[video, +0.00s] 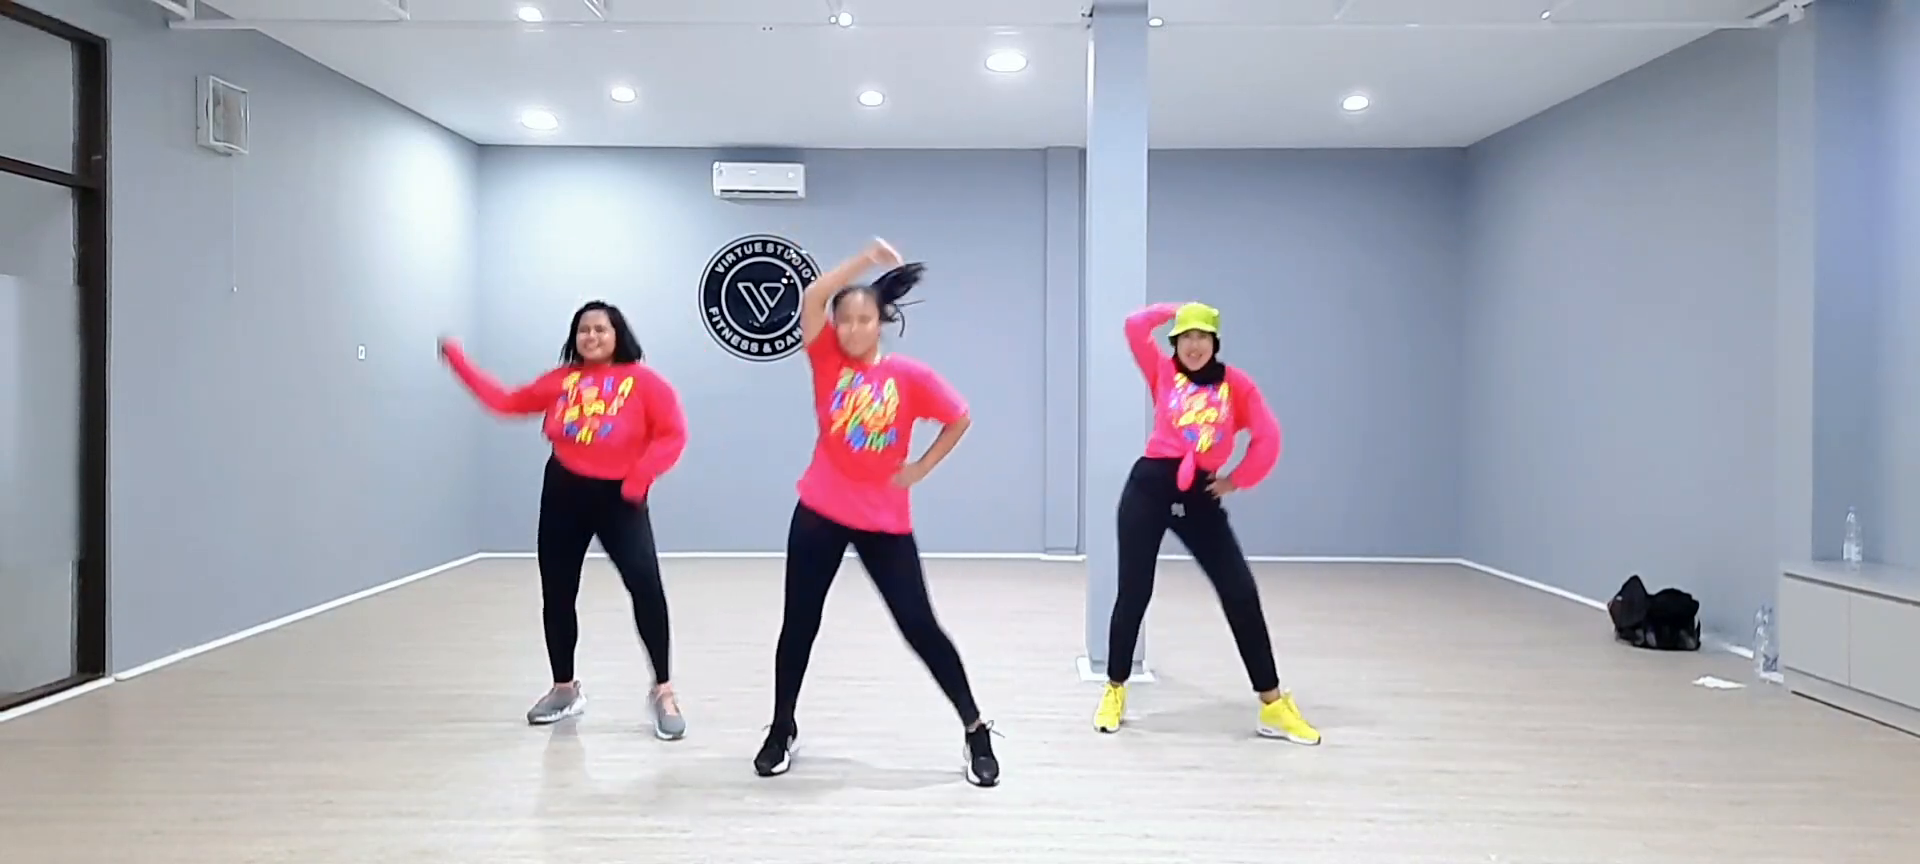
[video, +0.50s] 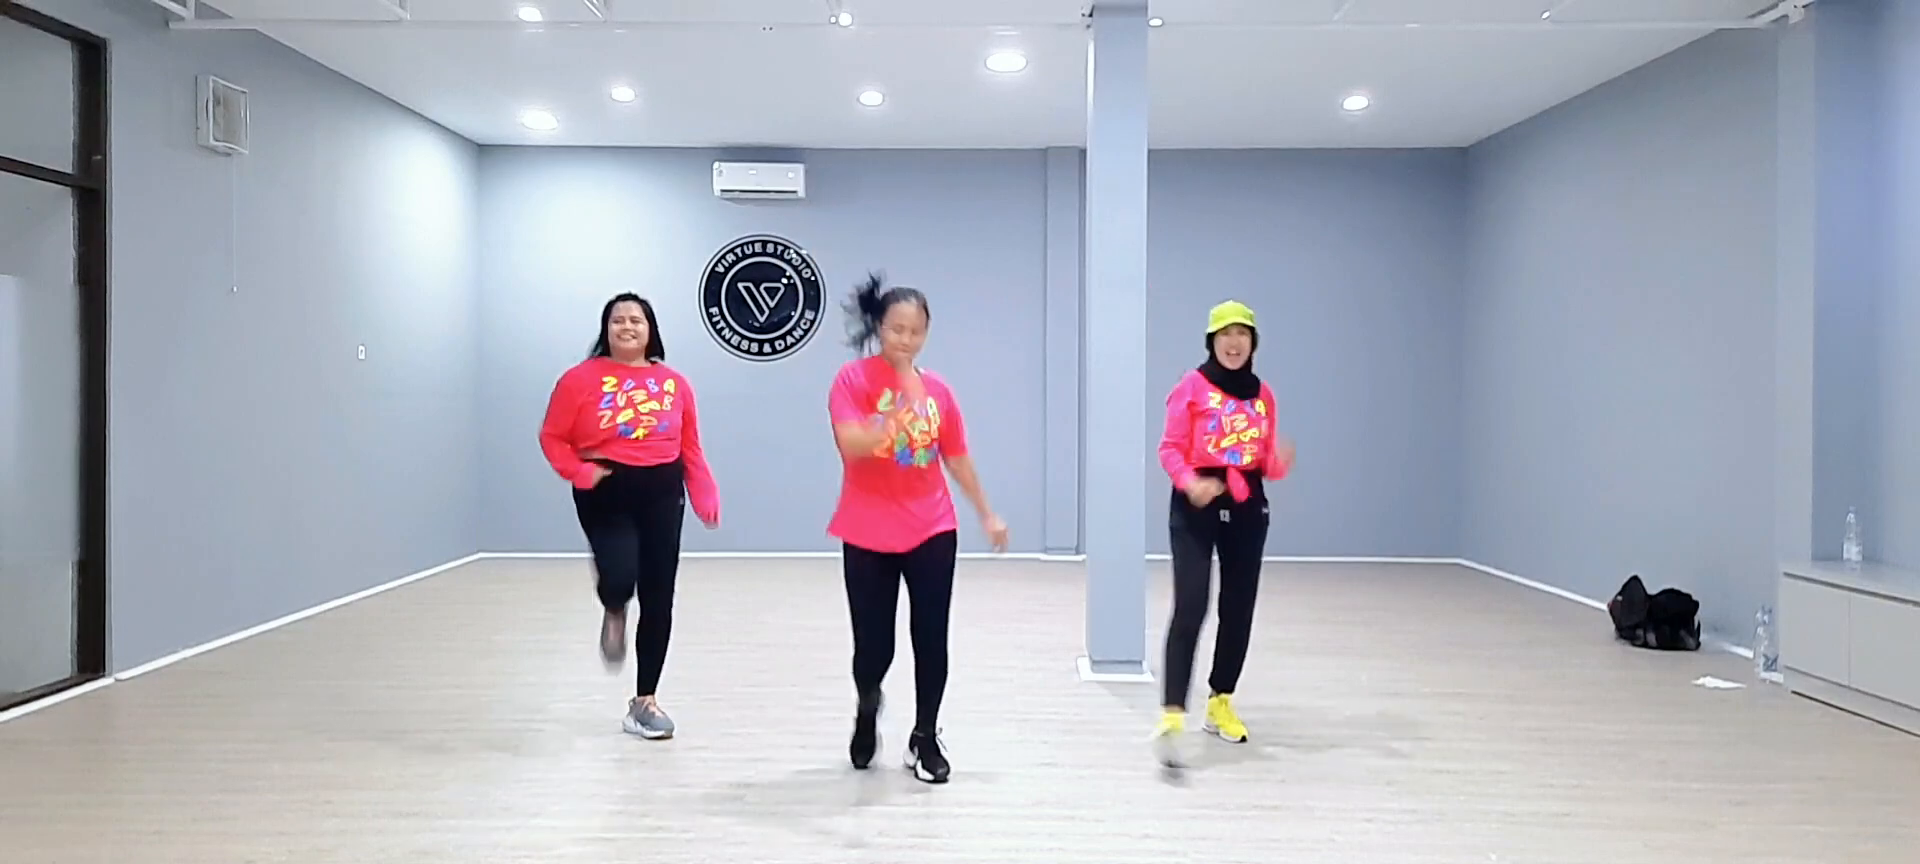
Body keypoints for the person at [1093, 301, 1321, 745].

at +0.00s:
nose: (1193, 346)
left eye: (1201, 338)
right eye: (1186, 339)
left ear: (1215, 343)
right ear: (1174, 344)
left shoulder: (1236, 385)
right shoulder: (1163, 375)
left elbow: (1268, 437)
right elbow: (1134, 325)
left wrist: (1235, 480)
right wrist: (1175, 311)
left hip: (1200, 497)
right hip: (1149, 489)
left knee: (1241, 594)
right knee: (1134, 591)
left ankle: (1272, 703)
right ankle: (1114, 691)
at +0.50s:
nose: (1235, 343)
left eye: (1243, 335)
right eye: (1227, 335)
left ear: (1253, 342)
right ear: (1212, 341)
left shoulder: (1263, 396)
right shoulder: (1191, 387)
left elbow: (1268, 465)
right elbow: (1169, 449)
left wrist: (1279, 462)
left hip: (1247, 508)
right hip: (1196, 505)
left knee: (1238, 611)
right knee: (1192, 606)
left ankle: (1220, 703)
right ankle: (1173, 713)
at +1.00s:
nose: (1269, 340)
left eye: (1273, 332)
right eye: (1260, 332)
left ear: (1272, 340)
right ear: (1236, 338)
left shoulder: (1263, 391)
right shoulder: (1219, 387)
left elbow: (1269, 457)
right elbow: (1221, 452)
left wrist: (1302, 482)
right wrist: (1280, 440)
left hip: (1262, 512)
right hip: (1240, 512)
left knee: (1260, 621)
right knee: (1289, 630)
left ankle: (1214, 714)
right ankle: (1251, 762)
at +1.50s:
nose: (1208, 330)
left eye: (1211, 325)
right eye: (1210, 323)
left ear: (1222, 330)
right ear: (1255, 329)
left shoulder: (1212, 370)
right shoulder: (1279, 377)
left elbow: (1165, 422)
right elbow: (1314, 439)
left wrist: (1178, 384)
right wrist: (1288, 477)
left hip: (1218, 488)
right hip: (1268, 490)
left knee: (1219, 614)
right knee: (1248, 599)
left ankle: (1235, 737)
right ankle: (1283, 704)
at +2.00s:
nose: (1223, 317)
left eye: (1233, 309)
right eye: (1217, 309)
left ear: (1250, 315)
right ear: (1211, 316)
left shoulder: (1277, 357)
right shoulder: (1201, 364)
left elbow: (1337, 386)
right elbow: (1184, 408)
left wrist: (1363, 428)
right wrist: (1171, 401)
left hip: (1262, 475)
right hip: (1216, 478)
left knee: (1246, 582)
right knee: (1229, 585)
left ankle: (1270, 691)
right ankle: (1250, 684)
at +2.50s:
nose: (1212, 354)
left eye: (1221, 346)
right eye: (1205, 345)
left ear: (1235, 355)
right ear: (1193, 352)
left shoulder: (1246, 402)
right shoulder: (1176, 400)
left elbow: (1227, 453)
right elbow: (1152, 454)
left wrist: (1186, 483)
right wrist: (1115, 500)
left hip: (1231, 519)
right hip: (1177, 517)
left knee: (1248, 624)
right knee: (1152, 617)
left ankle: (1283, 709)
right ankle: (1124, 726)